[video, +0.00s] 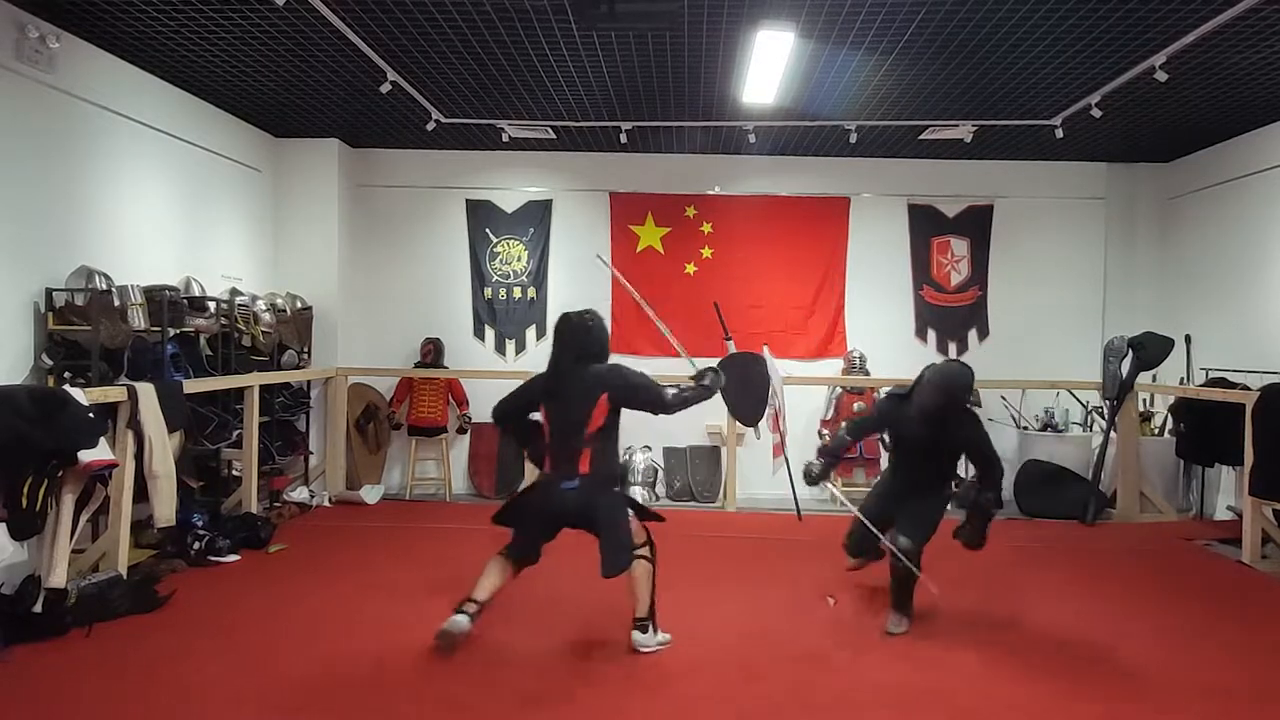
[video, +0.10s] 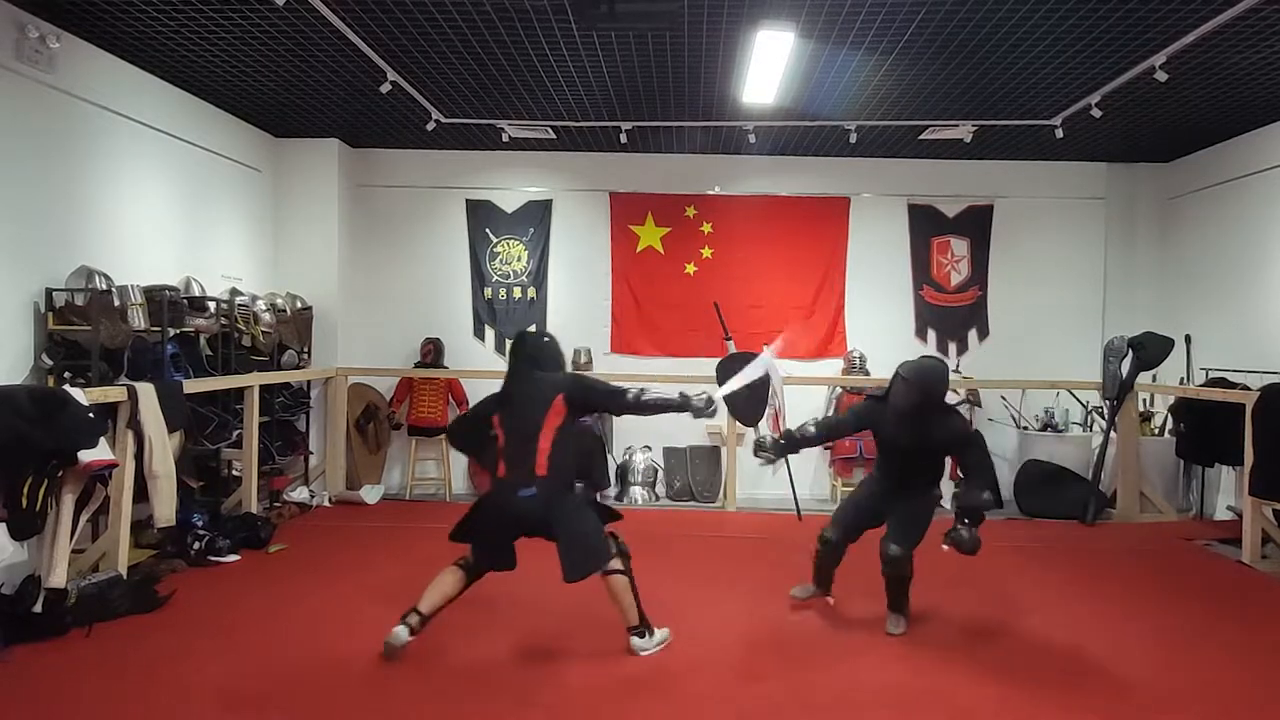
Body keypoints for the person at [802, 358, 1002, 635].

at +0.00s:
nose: (927, 400)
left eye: (936, 397)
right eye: (927, 391)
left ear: (952, 400)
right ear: (921, 384)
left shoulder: (965, 424)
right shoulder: (897, 406)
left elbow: (991, 470)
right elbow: (855, 430)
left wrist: (980, 516)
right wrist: (826, 460)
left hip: (931, 492)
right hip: (894, 481)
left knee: (903, 548)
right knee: (854, 544)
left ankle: (900, 611)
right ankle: (875, 552)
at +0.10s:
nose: (898, 395)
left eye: (908, 392)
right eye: (899, 387)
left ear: (928, 398)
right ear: (896, 382)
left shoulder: (950, 426)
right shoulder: (879, 408)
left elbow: (978, 470)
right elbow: (832, 426)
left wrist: (968, 519)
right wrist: (785, 442)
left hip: (919, 494)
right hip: (880, 484)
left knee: (894, 552)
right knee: (831, 537)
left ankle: (896, 612)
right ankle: (820, 586)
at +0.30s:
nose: (863, 383)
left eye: (873, 377)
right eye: (862, 374)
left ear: (892, 384)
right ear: (857, 375)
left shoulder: (912, 419)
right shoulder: (840, 408)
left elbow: (945, 472)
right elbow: (801, 438)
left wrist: (923, 494)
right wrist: (755, 460)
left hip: (884, 507)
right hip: (839, 500)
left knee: (880, 583)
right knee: (811, 560)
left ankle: (893, 610)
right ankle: (800, 637)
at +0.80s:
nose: (855, 346)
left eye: (864, 341)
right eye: (855, 340)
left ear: (885, 347)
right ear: (852, 346)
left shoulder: (910, 391)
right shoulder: (848, 386)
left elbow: (945, 441)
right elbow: (825, 431)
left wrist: (944, 474)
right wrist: (783, 435)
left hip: (888, 500)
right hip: (844, 494)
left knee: (897, 594)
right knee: (810, 562)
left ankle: (940, 617)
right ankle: (799, 639)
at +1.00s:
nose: (890, 337)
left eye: (899, 330)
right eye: (890, 330)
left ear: (920, 336)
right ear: (889, 337)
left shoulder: (946, 376)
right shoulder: (886, 379)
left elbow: (982, 428)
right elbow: (872, 426)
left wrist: (953, 451)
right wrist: (828, 429)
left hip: (930, 485)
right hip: (890, 481)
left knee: (919, 576)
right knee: (850, 549)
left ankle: (946, 625)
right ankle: (833, 625)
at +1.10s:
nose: (903, 332)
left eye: (911, 326)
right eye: (902, 325)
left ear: (932, 331)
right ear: (901, 330)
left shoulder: (958, 370)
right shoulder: (902, 372)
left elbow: (996, 426)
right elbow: (887, 423)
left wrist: (972, 460)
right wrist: (849, 425)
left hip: (943, 481)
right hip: (903, 474)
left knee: (923, 566)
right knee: (864, 544)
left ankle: (946, 625)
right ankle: (874, 616)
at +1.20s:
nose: (913, 330)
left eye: (921, 324)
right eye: (912, 323)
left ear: (941, 329)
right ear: (913, 328)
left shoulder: (967, 367)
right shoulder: (913, 368)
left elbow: (1002, 417)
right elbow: (900, 419)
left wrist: (1003, 451)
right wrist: (870, 425)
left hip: (953, 472)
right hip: (915, 466)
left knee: (929, 555)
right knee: (885, 546)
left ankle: (946, 623)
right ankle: (918, 600)